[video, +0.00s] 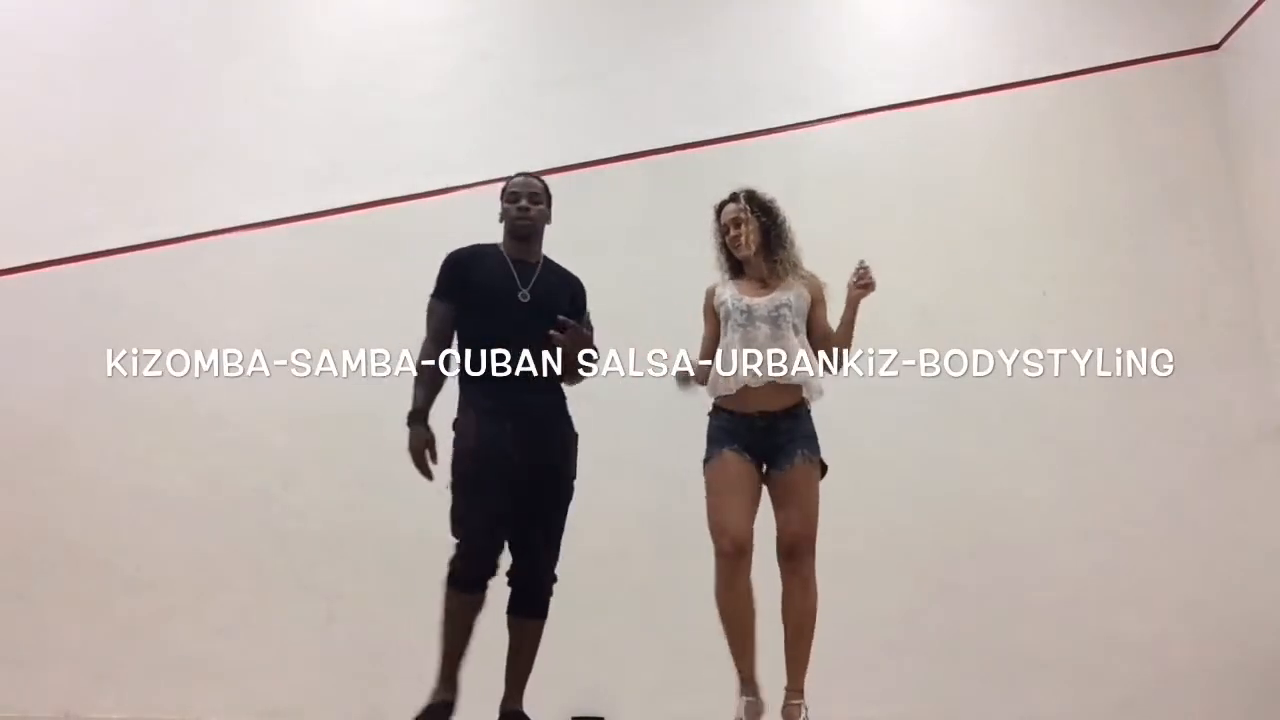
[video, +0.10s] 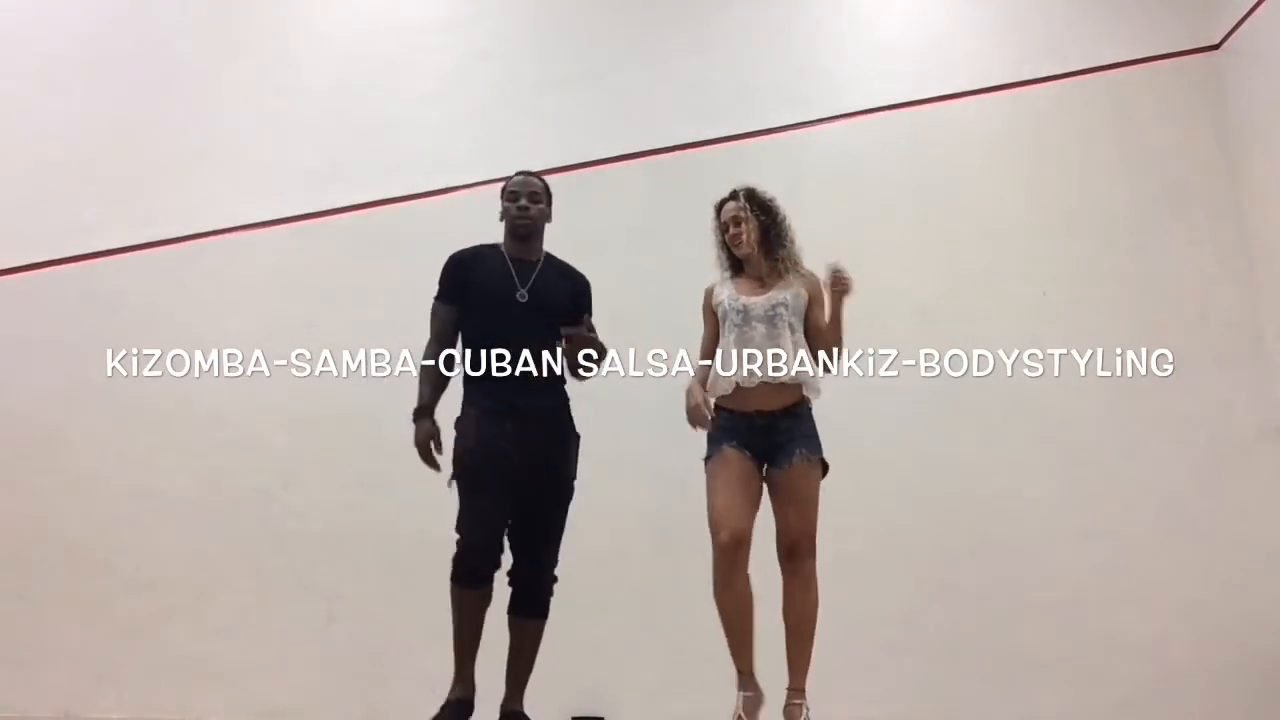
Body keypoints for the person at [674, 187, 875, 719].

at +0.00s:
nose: (735, 231)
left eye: (743, 221)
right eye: (727, 227)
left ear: (766, 224)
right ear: (723, 239)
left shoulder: (806, 286)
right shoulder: (719, 295)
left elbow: (831, 356)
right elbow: (707, 369)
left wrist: (854, 304)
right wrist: (691, 372)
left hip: (792, 429)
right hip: (730, 430)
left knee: (796, 554)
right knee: (730, 549)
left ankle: (794, 695)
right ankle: (747, 690)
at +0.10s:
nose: (735, 231)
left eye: (742, 220)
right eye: (728, 226)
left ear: (765, 223)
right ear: (722, 236)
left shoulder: (802, 284)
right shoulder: (719, 294)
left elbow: (827, 352)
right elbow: (705, 363)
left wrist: (837, 302)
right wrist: (696, 387)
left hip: (792, 427)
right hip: (731, 429)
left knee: (797, 554)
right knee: (728, 543)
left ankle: (796, 696)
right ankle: (746, 687)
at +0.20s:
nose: (733, 228)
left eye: (740, 218)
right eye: (725, 223)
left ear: (761, 221)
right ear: (718, 234)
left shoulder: (797, 282)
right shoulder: (714, 293)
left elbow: (825, 356)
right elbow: (705, 363)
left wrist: (810, 302)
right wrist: (699, 395)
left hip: (790, 426)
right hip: (729, 427)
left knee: (796, 554)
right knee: (723, 540)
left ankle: (796, 695)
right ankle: (724, 678)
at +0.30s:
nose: (726, 228)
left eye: (733, 218)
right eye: (718, 223)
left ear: (756, 222)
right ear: (712, 234)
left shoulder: (792, 282)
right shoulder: (708, 292)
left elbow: (819, 352)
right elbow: (701, 361)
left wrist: (791, 306)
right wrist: (697, 393)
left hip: (786, 424)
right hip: (724, 424)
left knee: (793, 554)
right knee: (717, 548)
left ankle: (797, 695)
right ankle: (700, 690)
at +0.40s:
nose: (720, 228)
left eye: (727, 219)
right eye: (712, 223)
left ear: (749, 223)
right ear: (706, 234)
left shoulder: (783, 283)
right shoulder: (700, 292)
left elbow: (811, 349)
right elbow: (691, 362)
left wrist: (775, 310)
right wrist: (684, 386)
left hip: (776, 426)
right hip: (714, 426)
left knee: (787, 554)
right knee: (707, 551)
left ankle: (795, 693)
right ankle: (697, 690)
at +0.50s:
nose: (715, 227)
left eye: (722, 218)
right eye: (708, 221)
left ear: (744, 222)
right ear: (701, 232)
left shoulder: (778, 282)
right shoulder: (693, 289)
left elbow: (799, 348)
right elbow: (675, 355)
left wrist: (761, 319)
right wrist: (670, 383)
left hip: (764, 424)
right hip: (702, 424)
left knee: (776, 551)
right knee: (699, 550)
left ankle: (787, 690)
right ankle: (694, 690)